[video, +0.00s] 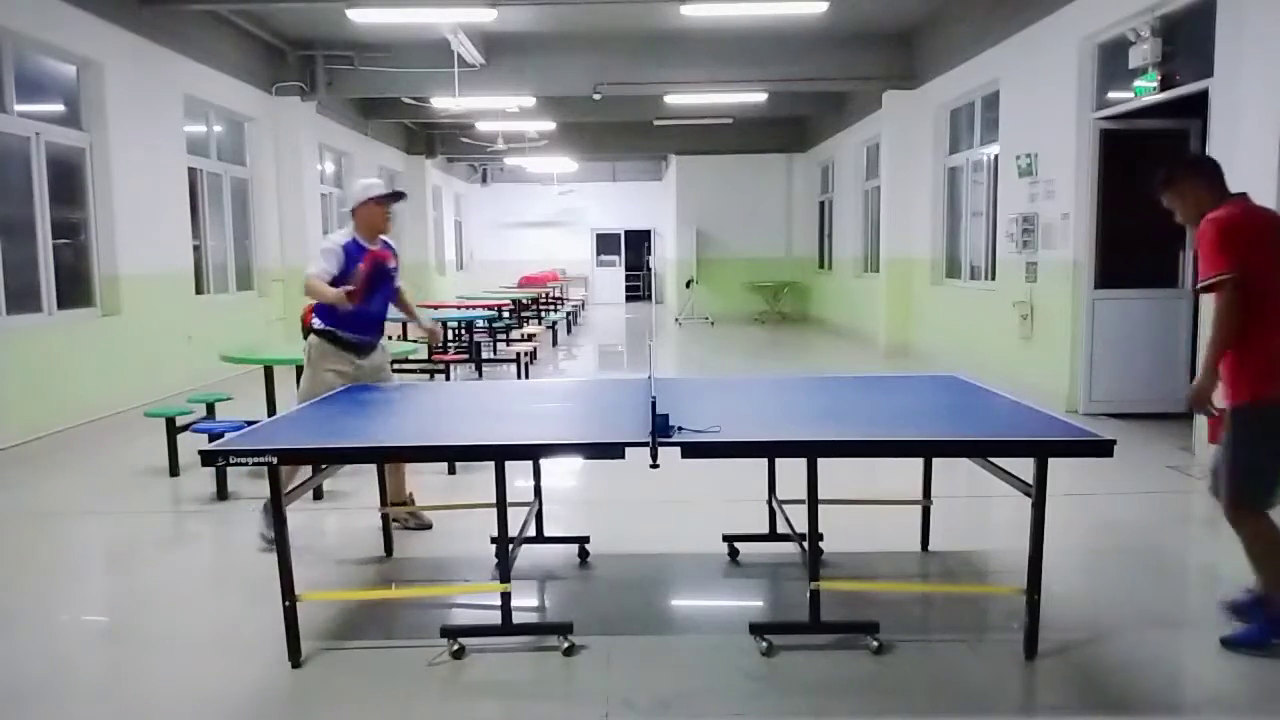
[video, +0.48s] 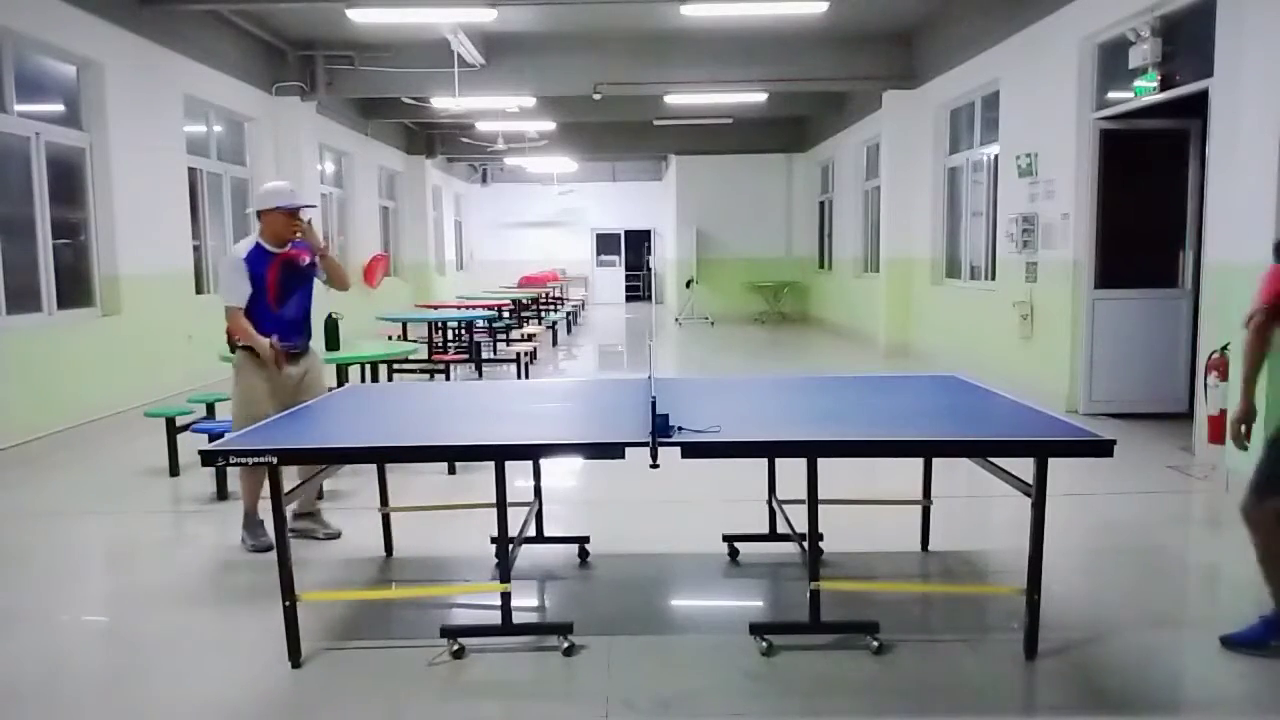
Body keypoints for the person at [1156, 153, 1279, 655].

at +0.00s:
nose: (1177, 218)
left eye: (1174, 206)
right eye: (1172, 209)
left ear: (1195, 188)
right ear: (1212, 184)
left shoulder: (1215, 226)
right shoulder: (1265, 218)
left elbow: (1227, 306)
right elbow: (1255, 309)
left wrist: (1205, 378)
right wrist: (1230, 388)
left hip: (1258, 393)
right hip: (1268, 389)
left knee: (1240, 501)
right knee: (1235, 491)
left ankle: (1274, 614)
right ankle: (1269, 590)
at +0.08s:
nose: (1188, 218)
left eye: (1186, 208)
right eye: (1185, 210)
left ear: (1200, 195)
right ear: (1225, 187)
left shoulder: (1223, 224)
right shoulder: (1264, 215)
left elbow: (1238, 296)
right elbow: (1254, 300)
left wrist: (1226, 372)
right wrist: (1227, 354)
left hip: (1262, 398)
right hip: (1270, 395)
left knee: (1249, 505)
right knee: (1259, 504)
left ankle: (1276, 613)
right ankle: (1274, 612)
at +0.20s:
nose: (1212, 230)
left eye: (1211, 222)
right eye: (1209, 223)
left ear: (1224, 207)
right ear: (1249, 201)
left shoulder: (1233, 232)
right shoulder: (1274, 223)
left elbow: (1240, 296)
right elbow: (1265, 307)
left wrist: (1244, 386)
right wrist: (1234, 352)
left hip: (1269, 401)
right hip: (1270, 396)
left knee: (1242, 506)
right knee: (1250, 507)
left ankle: (1276, 614)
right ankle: (1274, 613)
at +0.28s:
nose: (1228, 238)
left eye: (1226, 232)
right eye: (1227, 233)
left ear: (1233, 224)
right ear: (1266, 214)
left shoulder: (1241, 241)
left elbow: (1238, 299)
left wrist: (1248, 388)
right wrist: (1243, 373)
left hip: (1272, 404)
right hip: (1272, 403)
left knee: (1242, 506)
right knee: (1250, 506)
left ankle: (1276, 613)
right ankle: (1274, 614)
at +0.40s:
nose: (1264, 261)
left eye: (1264, 254)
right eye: (1266, 254)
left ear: (1270, 247)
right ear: (1276, 247)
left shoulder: (1267, 268)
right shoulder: (1266, 272)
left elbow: (1245, 317)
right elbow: (1246, 318)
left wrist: (1241, 396)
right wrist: (1244, 397)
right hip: (1279, 419)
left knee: (1250, 509)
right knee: (1254, 509)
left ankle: (1277, 614)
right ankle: (1276, 614)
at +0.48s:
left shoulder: (1274, 273)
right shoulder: (1273, 274)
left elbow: (1261, 323)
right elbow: (1261, 322)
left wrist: (1246, 400)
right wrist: (1247, 400)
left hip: (1279, 428)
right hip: (1277, 427)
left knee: (1260, 509)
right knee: (1259, 509)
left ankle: (1277, 614)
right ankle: (1276, 614)